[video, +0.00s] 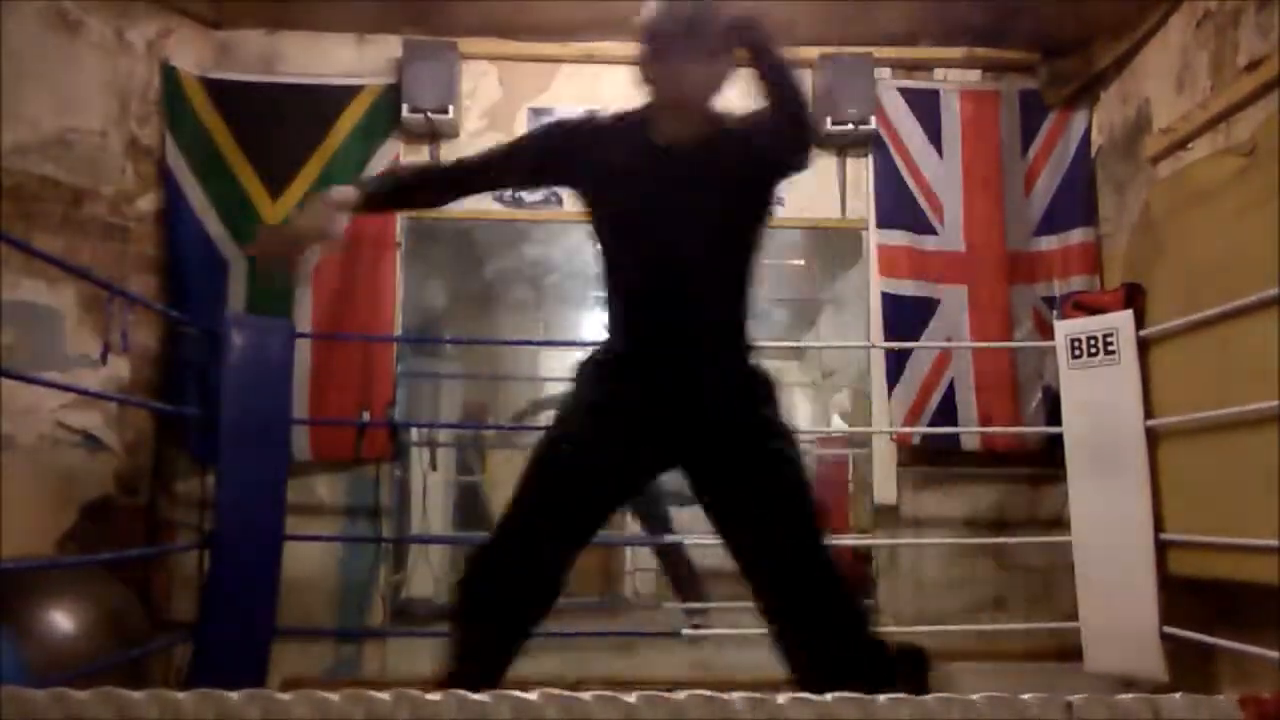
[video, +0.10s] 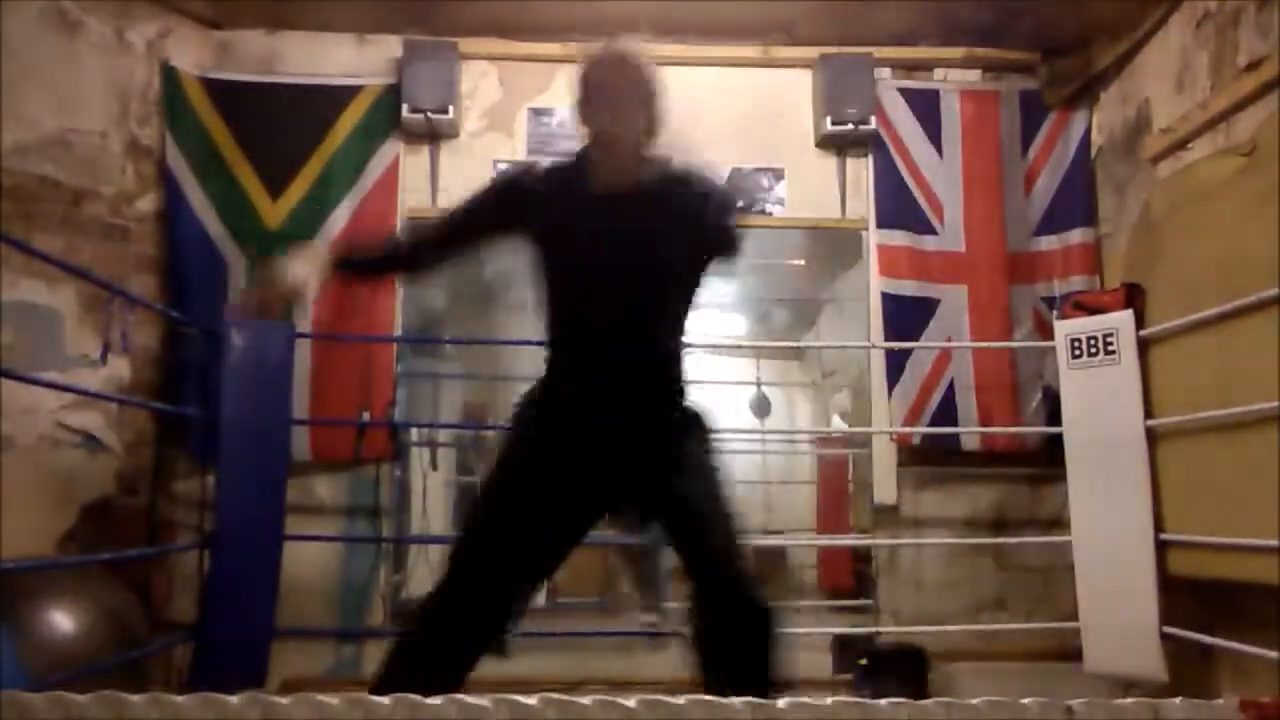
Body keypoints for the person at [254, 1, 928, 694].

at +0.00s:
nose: (681, 70)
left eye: (696, 54)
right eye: (669, 52)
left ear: (725, 65)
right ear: (645, 59)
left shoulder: (750, 148)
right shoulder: (596, 144)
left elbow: (796, 133)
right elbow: (470, 175)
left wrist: (759, 48)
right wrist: (354, 198)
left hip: (724, 395)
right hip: (623, 393)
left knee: (795, 569)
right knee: (522, 559)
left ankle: (865, 698)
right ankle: (463, 699)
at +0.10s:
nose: (610, 115)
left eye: (625, 100)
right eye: (597, 100)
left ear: (651, 111)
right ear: (582, 110)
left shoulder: (692, 202)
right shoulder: (539, 195)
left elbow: (722, 243)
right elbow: (427, 248)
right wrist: (343, 260)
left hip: (659, 429)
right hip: (564, 427)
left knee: (728, 589)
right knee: (473, 593)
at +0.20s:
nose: (560, 184)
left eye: (575, 168)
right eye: (548, 168)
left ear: (600, 181)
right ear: (530, 180)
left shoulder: (646, 272)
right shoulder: (494, 266)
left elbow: (659, 399)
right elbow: (424, 356)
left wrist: (615, 391)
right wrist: (360, 393)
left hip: (613, 480)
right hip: (518, 473)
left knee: (645, 649)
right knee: (430, 634)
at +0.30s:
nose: (542, 217)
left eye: (557, 200)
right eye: (528, 200)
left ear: (582, 209)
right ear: (508, 209)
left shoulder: (632, 293)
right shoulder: (481, 297)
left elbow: (643, 413)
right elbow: (456, 401)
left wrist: (642, 517)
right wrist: (428, 496)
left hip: (604, 495)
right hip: (509, 490)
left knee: (633, 664)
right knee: (423, 647)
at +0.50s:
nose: (641, 155)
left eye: (650, 143)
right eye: (629, 143)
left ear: (664, 153)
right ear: (607, 152)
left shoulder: (690, 213)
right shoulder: (573, 220)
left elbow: (775, 240)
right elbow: (588, 303)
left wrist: (804, 313)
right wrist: (669, 242)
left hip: (683, 425)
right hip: (603, 428)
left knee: (788, 562)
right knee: (531, 580)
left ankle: (769, 701)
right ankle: (443, 707)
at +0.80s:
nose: (819, 252)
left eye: (826, 239)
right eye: (806, 238)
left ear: (838, 239)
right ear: (779, 237)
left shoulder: (853, 300)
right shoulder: (734, 309)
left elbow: (930, 360)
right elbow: (738, 397)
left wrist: (1006, 416)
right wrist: (816, 356)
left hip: (838, 488)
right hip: (760, 495)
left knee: (913, 634)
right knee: (749, 646)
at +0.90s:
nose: (853, 293)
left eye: (862, 279)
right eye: (842, 279)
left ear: (872, 271)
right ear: (811, 264)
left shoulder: (882, 340)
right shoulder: (755, 337)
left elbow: (913, 419)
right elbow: (748, 450)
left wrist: (950, 478)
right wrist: (799, 502)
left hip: (847, 481)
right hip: (771, 493)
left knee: (937, 647)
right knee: (822, 658)